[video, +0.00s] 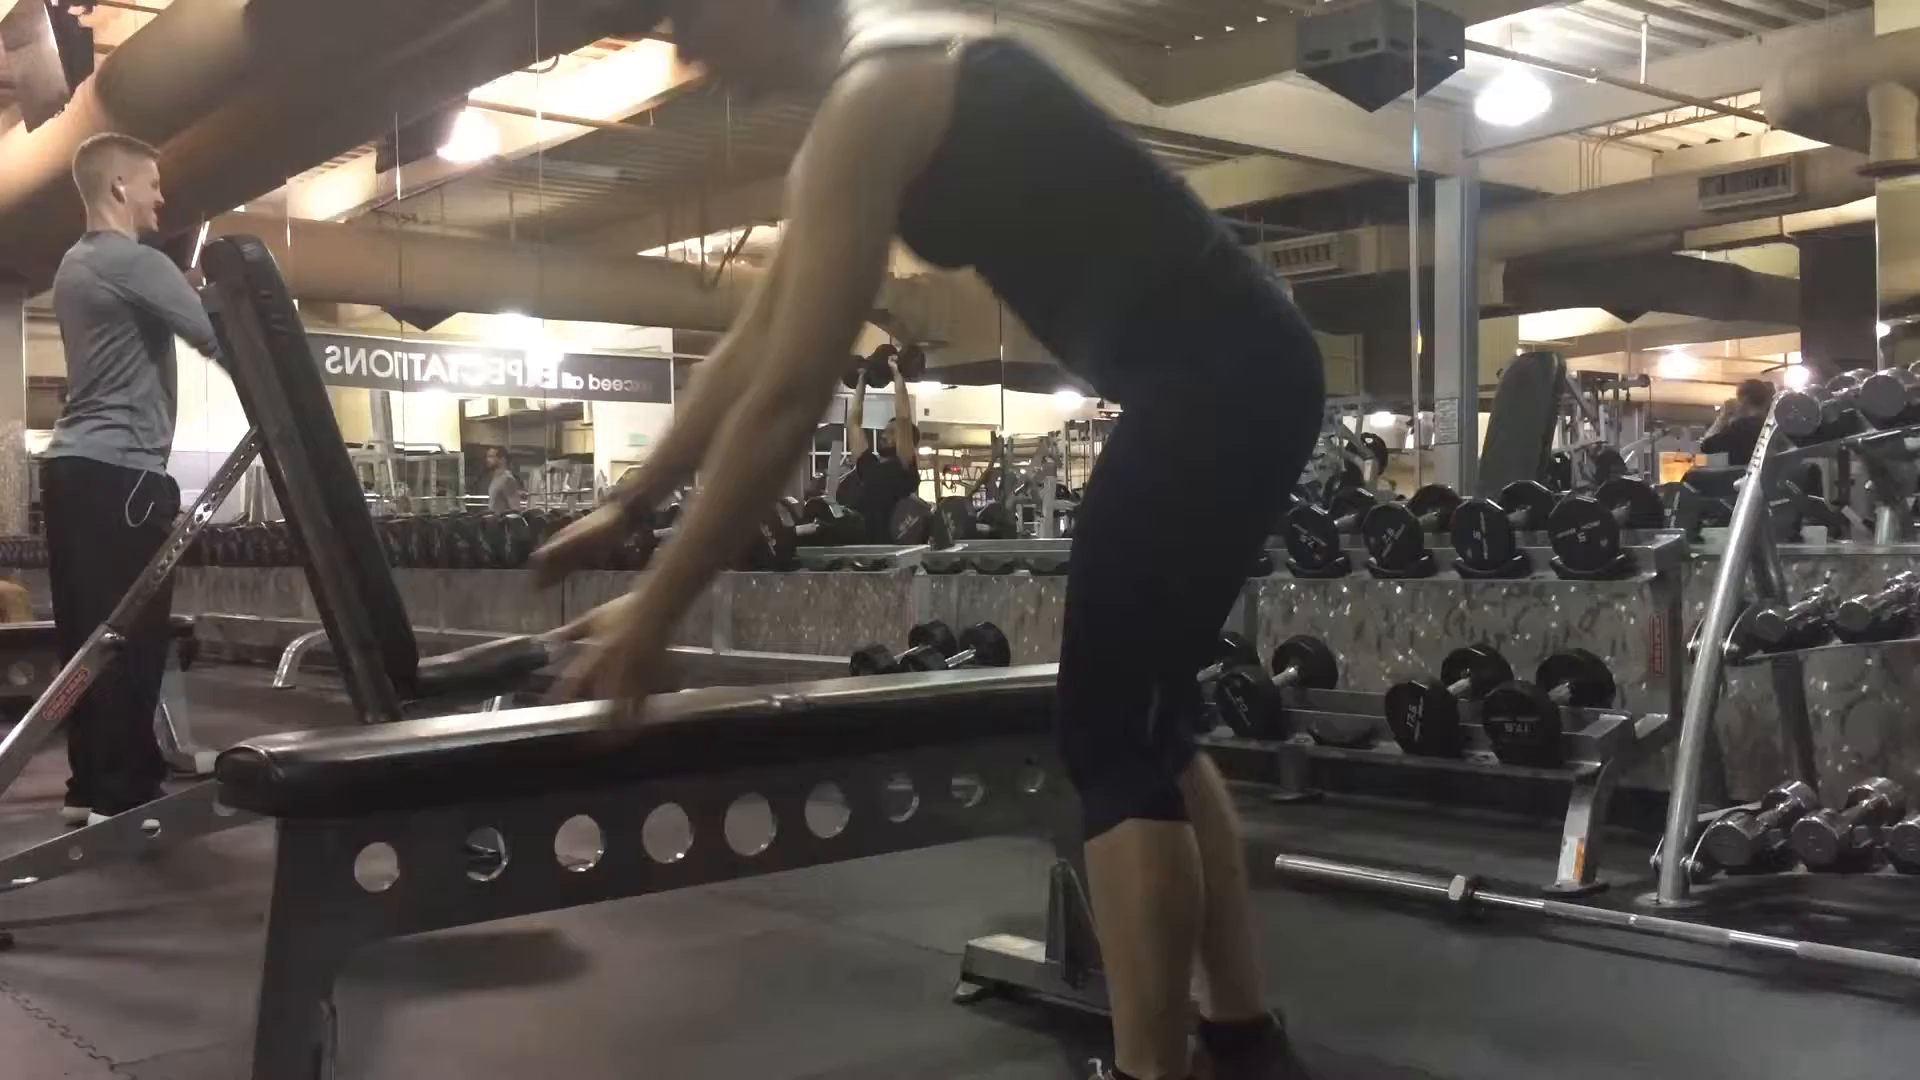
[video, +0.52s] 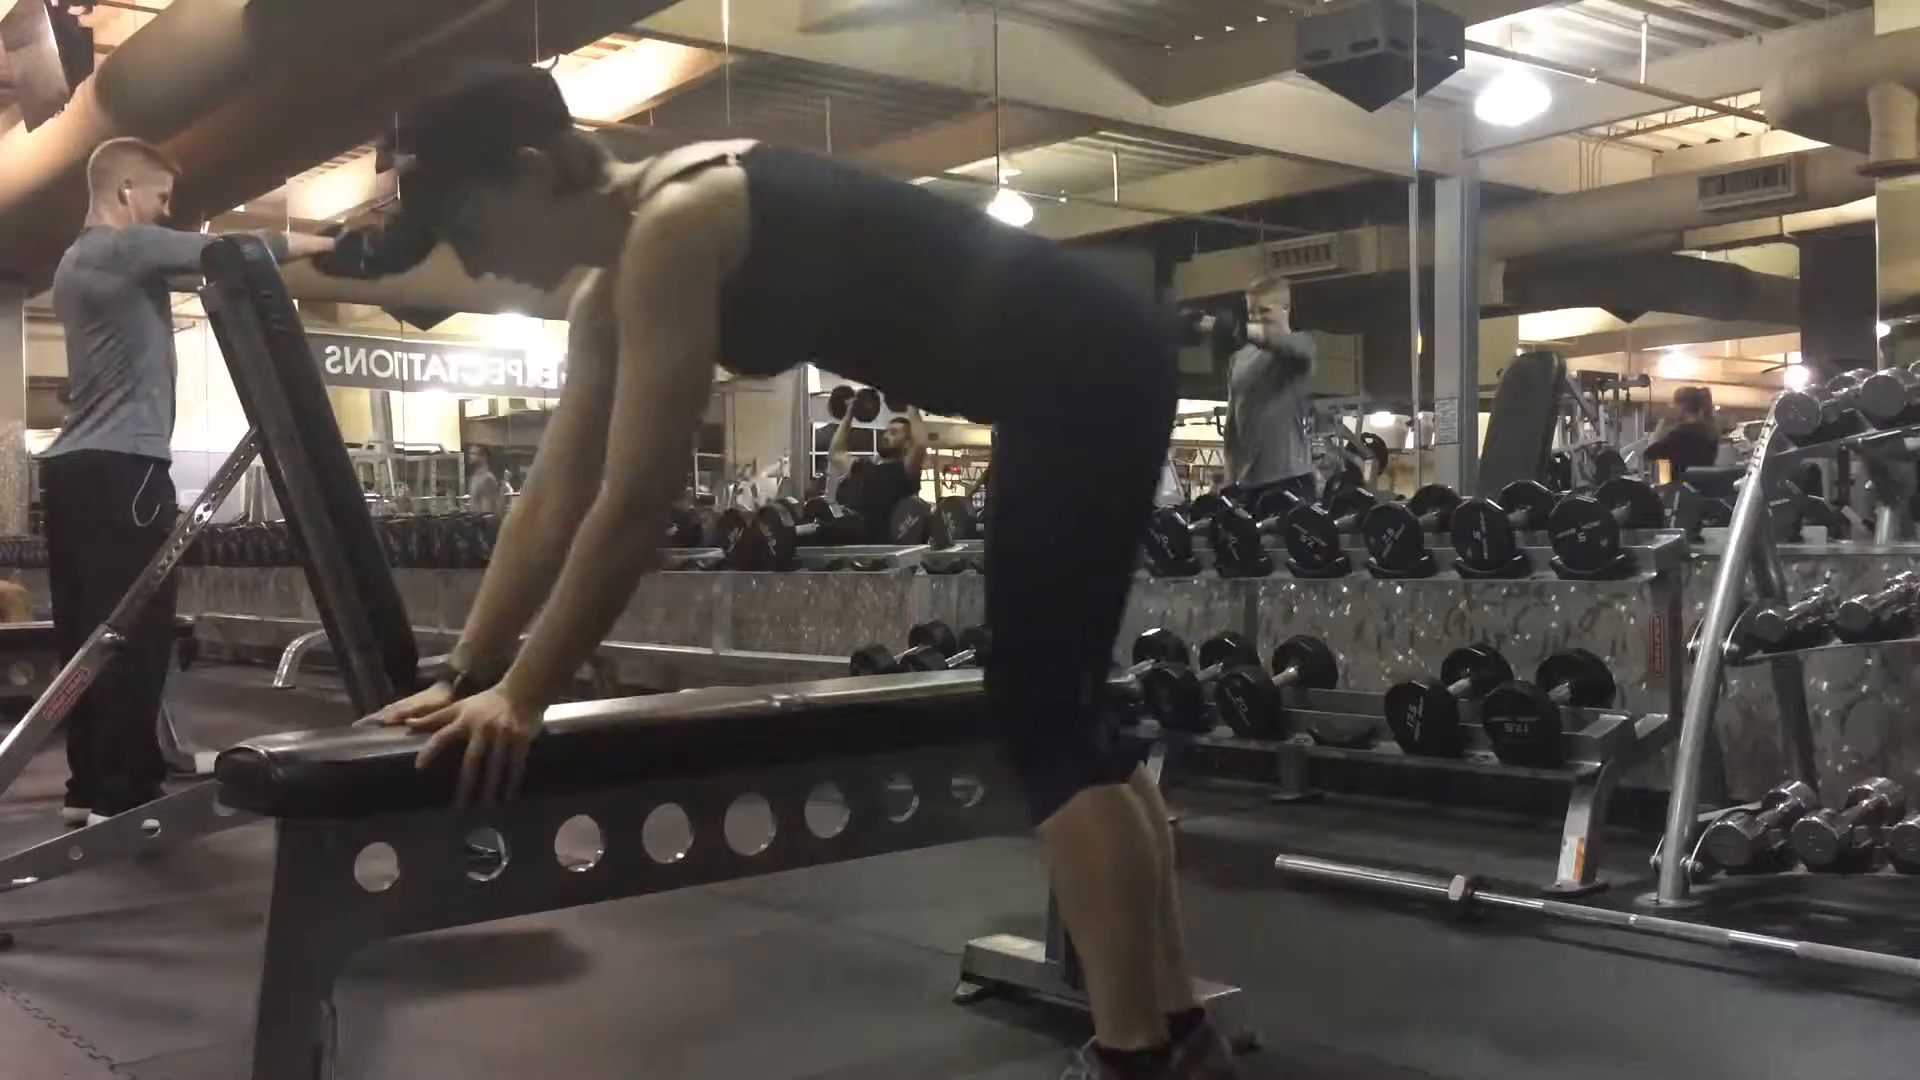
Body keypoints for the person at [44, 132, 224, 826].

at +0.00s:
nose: (160, 198)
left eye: (158, 186)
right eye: (152, 185)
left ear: (103, 193)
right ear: (119, 188)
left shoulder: (76, 264)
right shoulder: (134, 259)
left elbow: (150, 333)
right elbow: (220, 339)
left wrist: (187, 279)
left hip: (71, 468)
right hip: (123, 473)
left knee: (86, 634)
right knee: (133, 634)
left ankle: (91, 786)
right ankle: (127, 794)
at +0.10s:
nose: (158, 200)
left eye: (157, 188)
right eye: (151, 187)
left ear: (102, 192)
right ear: (117, 188)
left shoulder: (74, 264)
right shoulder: (131, 256)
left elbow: (146, 323)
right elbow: (220, 317)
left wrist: (186, 273)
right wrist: (226, 275)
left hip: (73, 468)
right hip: (120, 473)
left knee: (88, 635)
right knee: (132, 635)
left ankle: (92, 787)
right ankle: (126, 794)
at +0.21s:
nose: (160, 207)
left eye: (161, 193)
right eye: (154, 192)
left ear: (100, 194)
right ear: (116, 189)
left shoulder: (74, 262)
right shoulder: (129, 252)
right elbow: (232, 293)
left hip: (71, 469)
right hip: (121, 474)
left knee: (86, 634)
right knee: (133, 636)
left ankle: (90, 786)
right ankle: (127, 793)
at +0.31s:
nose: (165, 212)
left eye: (165, 200)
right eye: (159, 199)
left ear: (107, 199)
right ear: (121, 194)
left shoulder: (77, 259)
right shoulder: (126, 251)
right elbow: (232, 263)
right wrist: (331, 278)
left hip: (73, 470)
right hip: (120, 472)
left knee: (89, 635)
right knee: (134, 636)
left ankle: (92, 787)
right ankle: (127, 794)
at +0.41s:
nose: (169, 211)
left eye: (169, 200)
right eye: (162, 198)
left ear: (109, 199)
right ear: (125, 194)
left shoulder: (77, 261)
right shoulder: (128, 246)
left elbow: (151, 317)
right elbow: (236, 247)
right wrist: (333, 238)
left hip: (71, 468)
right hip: (121, 470)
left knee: (85, 633)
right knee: (134, 631)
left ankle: (90, 787)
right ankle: (127, 793)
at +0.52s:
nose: (166, 209)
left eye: (166, 199)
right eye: (159, 197)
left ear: (107, 198)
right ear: (122, 193)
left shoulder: (76, 262)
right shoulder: (125, 247)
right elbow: (231, 248)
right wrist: (327, 235)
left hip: (74, 469)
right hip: (123, 470)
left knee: (86, 635)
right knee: (136, 632)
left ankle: (90, 786)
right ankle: (128, 793)